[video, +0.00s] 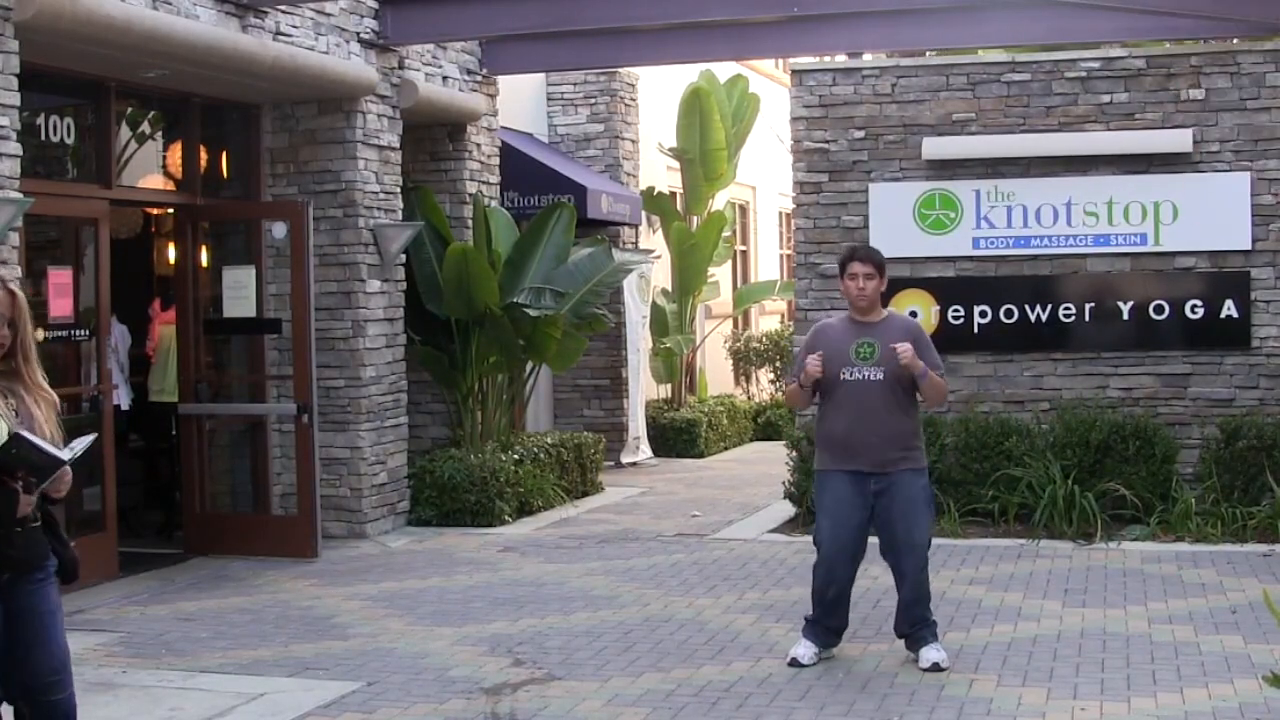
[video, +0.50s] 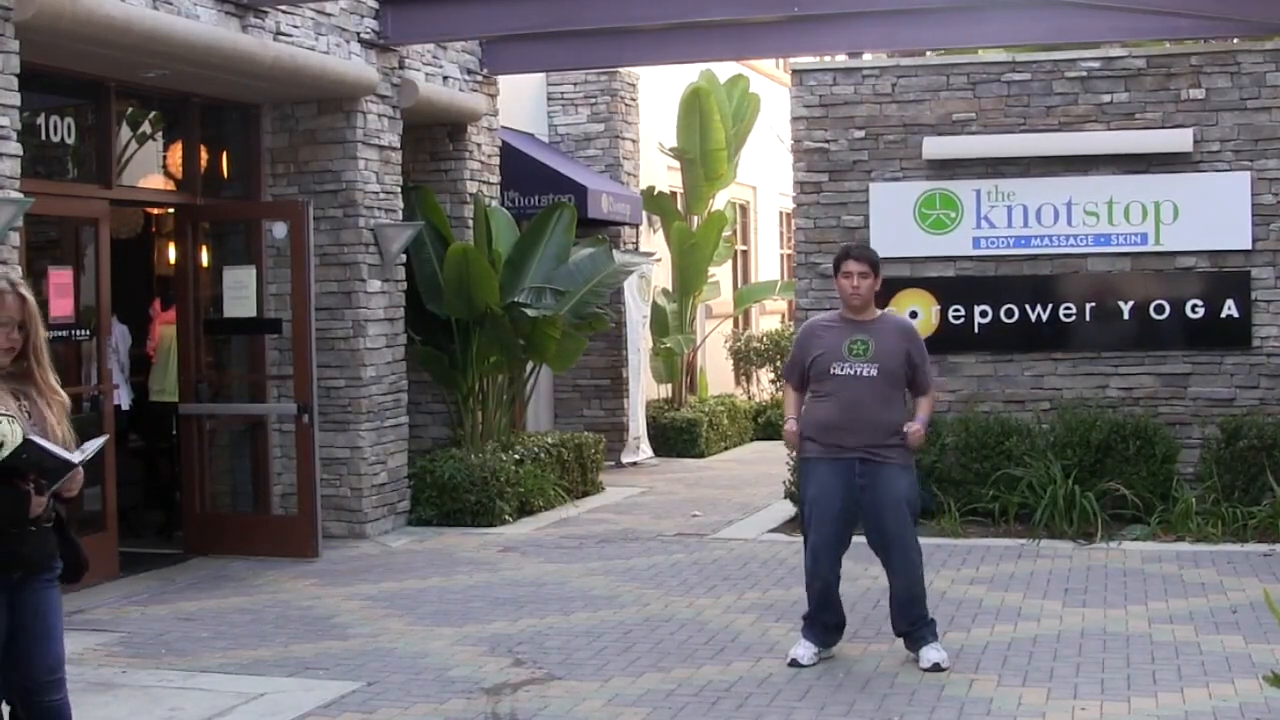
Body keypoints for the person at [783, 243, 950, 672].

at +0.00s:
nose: (859, 285)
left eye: (868, 277)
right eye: (851, 278)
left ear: (882, 282)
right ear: (841, 285)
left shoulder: (908, 330)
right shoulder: (823, 333)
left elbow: (938, 398)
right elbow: (795, 401)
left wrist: (918, 369)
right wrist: (806, 381)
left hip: (903, 466)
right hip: (839, 467)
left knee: (912, 553)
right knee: (833, 553)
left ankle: (923, 638)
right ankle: (818, 636)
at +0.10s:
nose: (857, 282)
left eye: (866, 275)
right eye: (850, 275)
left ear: (880, 280)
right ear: (839, 281)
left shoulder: (908, 327)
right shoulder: (820, 331)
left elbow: (937, 395)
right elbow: (794, 398)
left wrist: (913, 381)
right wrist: (809, 389)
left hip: (899, 463)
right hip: (835, 463)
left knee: (910, 554)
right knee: (826, 552)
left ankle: (923, 637)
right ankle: (818, 634)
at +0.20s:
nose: (857, 278)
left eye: (866, 270)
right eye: (849, 270)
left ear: (880, 276)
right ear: (839, 278)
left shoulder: (907, 325)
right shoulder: (818, 328)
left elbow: (936, 388)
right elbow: (798, 386)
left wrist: (917, 397)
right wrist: (807, 401)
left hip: (897, 461)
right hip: (832, 460)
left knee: (909, 552)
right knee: (825, 550)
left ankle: (923, 637)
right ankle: (818, 634)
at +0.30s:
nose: (856, 279)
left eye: (865, 271)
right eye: (849, 272)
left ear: (879, 277)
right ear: (838, 279)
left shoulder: (905, 327)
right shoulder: (815, 329)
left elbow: (931, 385)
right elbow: (795, 383)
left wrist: (922, 415)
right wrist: (797, 415)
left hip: (892, 460)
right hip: (828, 459)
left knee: (907, 551)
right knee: (824, 551)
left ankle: (923, 637)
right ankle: (818, 635)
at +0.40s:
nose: (854, 283)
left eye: (863, 276)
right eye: (846, 276)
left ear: (877, 282)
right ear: (836, 282)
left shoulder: (903, 331)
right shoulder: (812, 332)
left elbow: (926, 388)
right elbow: (794, 383)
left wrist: (922, 425)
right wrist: (791, 422)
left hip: (889, 458)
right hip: (824, 458)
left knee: (905, 548)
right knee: (821, 549)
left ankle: (921, 637)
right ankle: (817, 635)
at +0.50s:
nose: (854, 283)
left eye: (862, 276)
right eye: (846, 276)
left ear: (877, 282)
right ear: (835, 282)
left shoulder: (902, 331)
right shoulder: (812, 332)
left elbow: (925, 388)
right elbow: (794, 383)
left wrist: (919, 420)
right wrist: (791, 417)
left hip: (888, 457)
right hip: (824, 457)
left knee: (901, 545)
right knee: (820, 548)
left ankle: (921, 637)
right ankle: (817, 634)